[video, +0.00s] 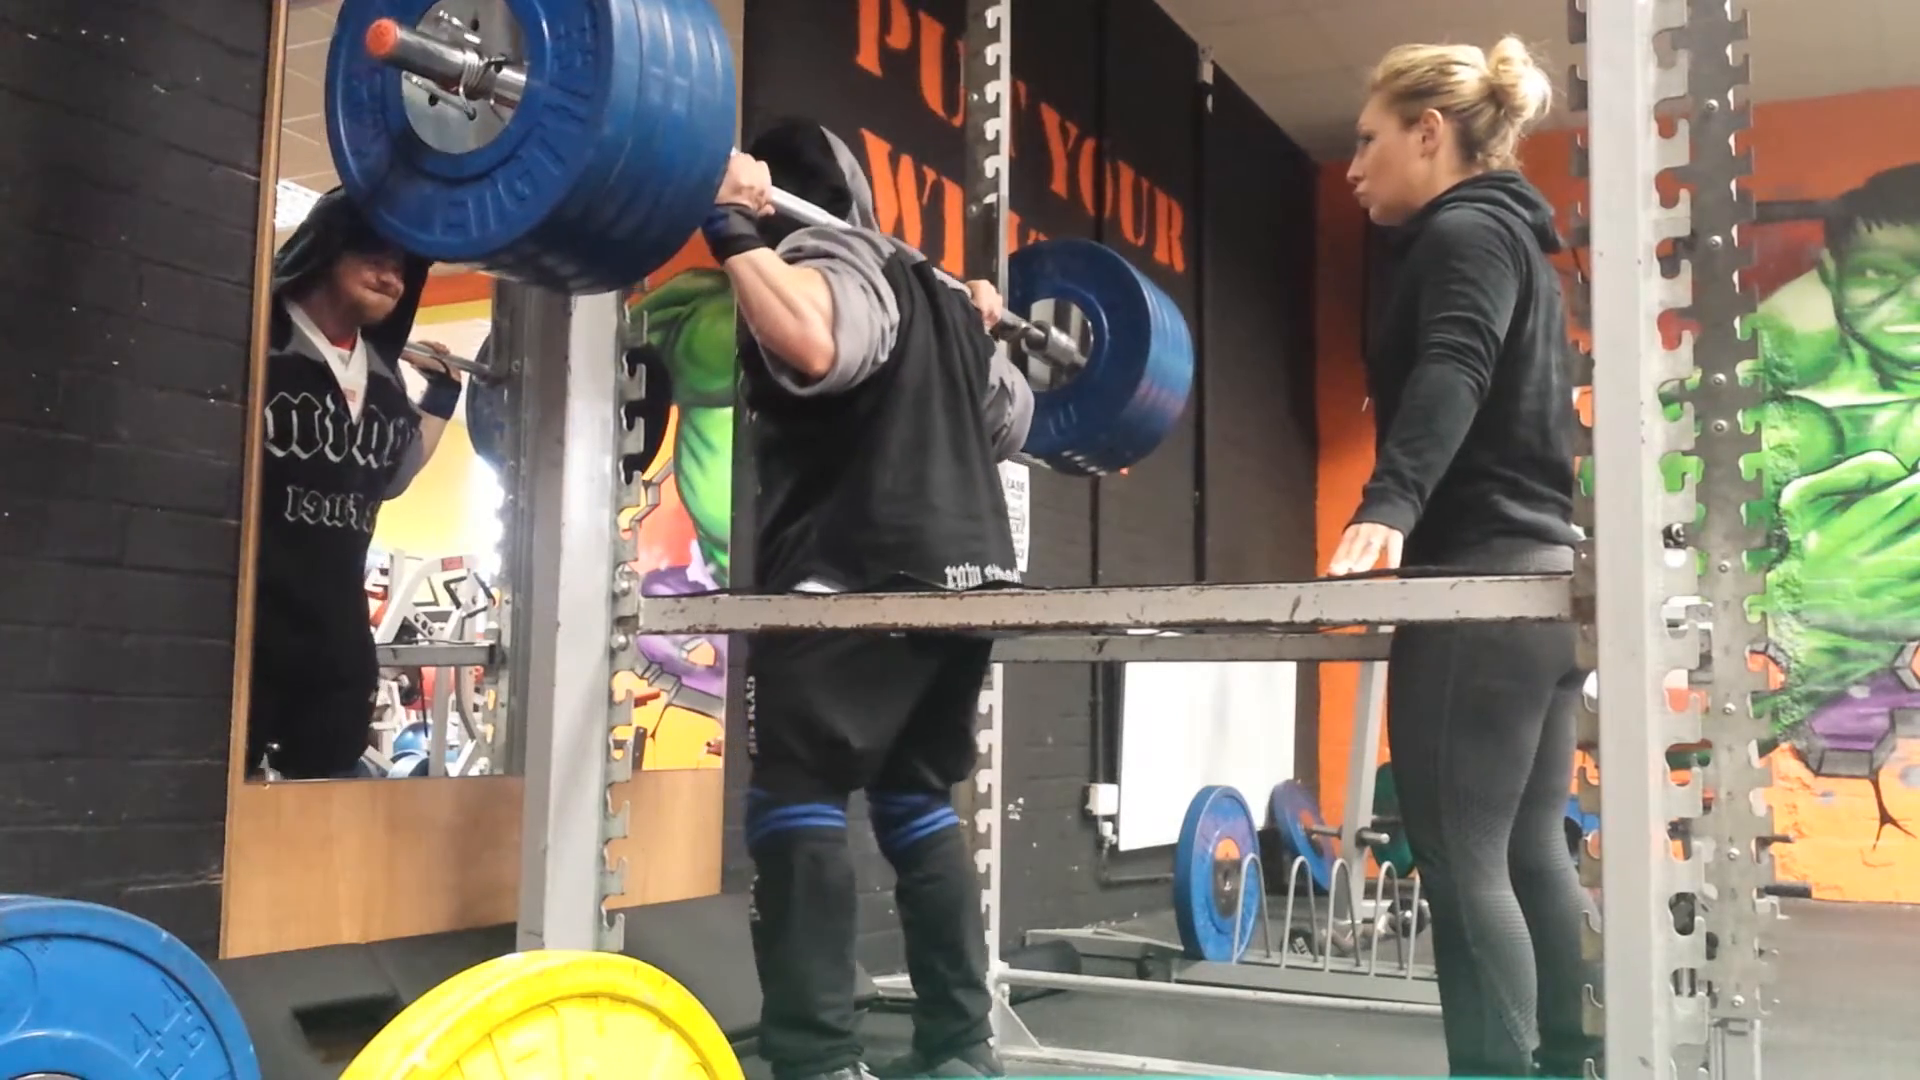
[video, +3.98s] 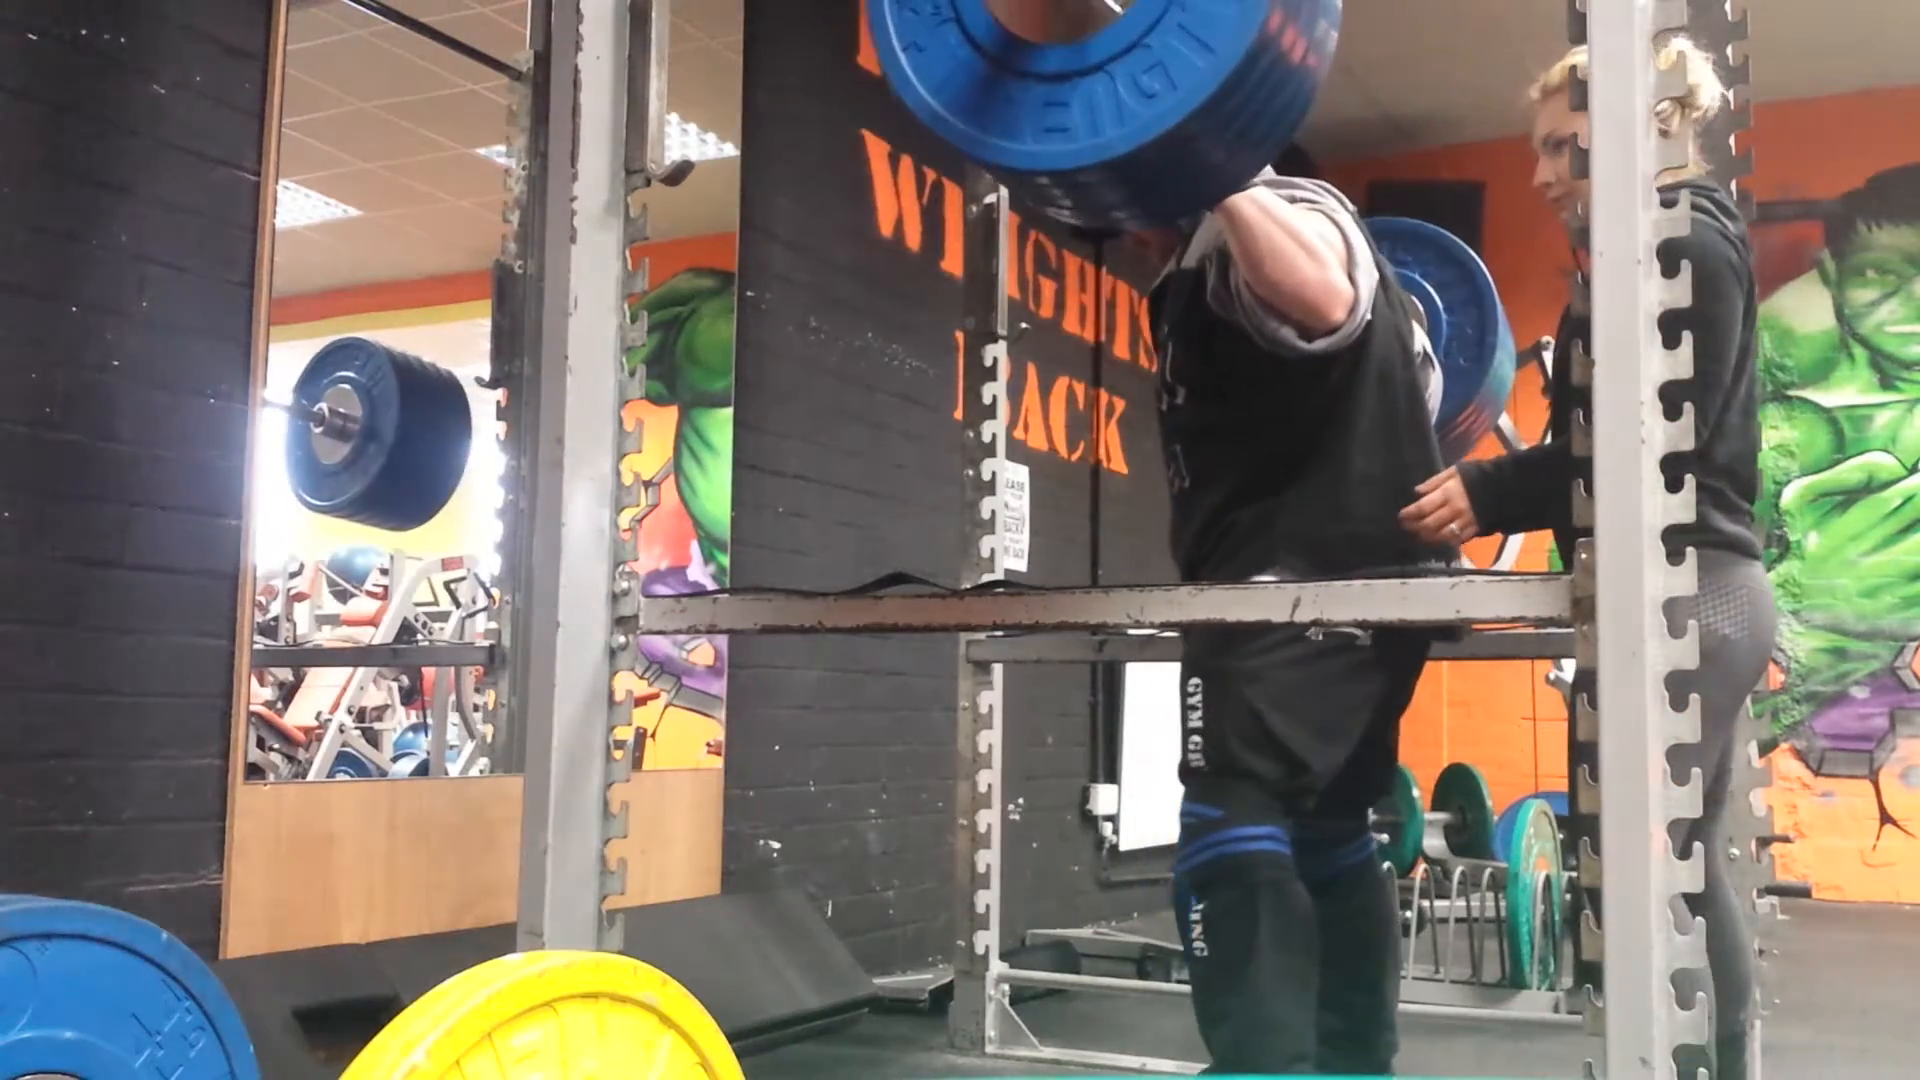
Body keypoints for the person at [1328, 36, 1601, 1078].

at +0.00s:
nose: (1354, 168)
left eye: (1367, 142)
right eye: (1355, 146)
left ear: (1433, 133)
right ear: (1439, 137)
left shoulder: (1466, 226)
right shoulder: (1509, 225)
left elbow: (1455, 361)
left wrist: (1386, 510)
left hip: (1483, 568)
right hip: (1540, 566)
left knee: (1464, 860)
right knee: (1533, 846)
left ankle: (1494, 1073)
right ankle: (1568, 1065)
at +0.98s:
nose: (1370, 175)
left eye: (1380, 147)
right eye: (1371, 152)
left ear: (1447, 137)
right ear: (1457, 142)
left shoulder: (1503, 236)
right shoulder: (1508, 231)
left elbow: (1467, 375)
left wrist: (1390, 512)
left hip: (1538, 580)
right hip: (1533, 576)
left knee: (1499, 839)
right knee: (1527, 838)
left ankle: (1555, 1066)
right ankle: (1574, 1057)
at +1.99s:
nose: (1476, 168)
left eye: (1489, 143)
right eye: (1476, 146)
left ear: (1554, 135)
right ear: (1554, 140)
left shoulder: (1568, 256)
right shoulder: (1581, 255)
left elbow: (1534, 433)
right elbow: (1567, 483)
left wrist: (1385, 506)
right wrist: (1443, 543)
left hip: (1576, 592)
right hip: (1575, 587)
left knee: (1546, 835)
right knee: (1553, 834)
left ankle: (1620, 1044)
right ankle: (1622, 1040)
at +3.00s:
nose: (1468, 181)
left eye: (1481, 154)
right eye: (1466, 158)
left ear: (1550, 136)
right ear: (1544, 142)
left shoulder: (1587, 251)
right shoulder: (1563, 266)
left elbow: (1572, 423)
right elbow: (1545, 461)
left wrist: (1384, 429)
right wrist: (1400, 481)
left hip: (1599, 591)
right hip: (1570, 590)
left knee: (1573, 845)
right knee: (1566, 842)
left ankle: (1584, 1058)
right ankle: (1584, 1055)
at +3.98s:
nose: (1545, 176)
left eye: (1563, 147)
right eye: (1539, 151)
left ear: (1628, 134)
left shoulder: (1674, 239)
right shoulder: (1660, 236)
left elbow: (1651, 435)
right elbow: (1608, 433)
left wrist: (1499, 492)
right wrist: (1491, 488)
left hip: (1685, 587)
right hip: (1690, 581)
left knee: (1660, 853)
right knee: (1694, 853)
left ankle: (1688, 1061)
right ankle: (1718, 1058)